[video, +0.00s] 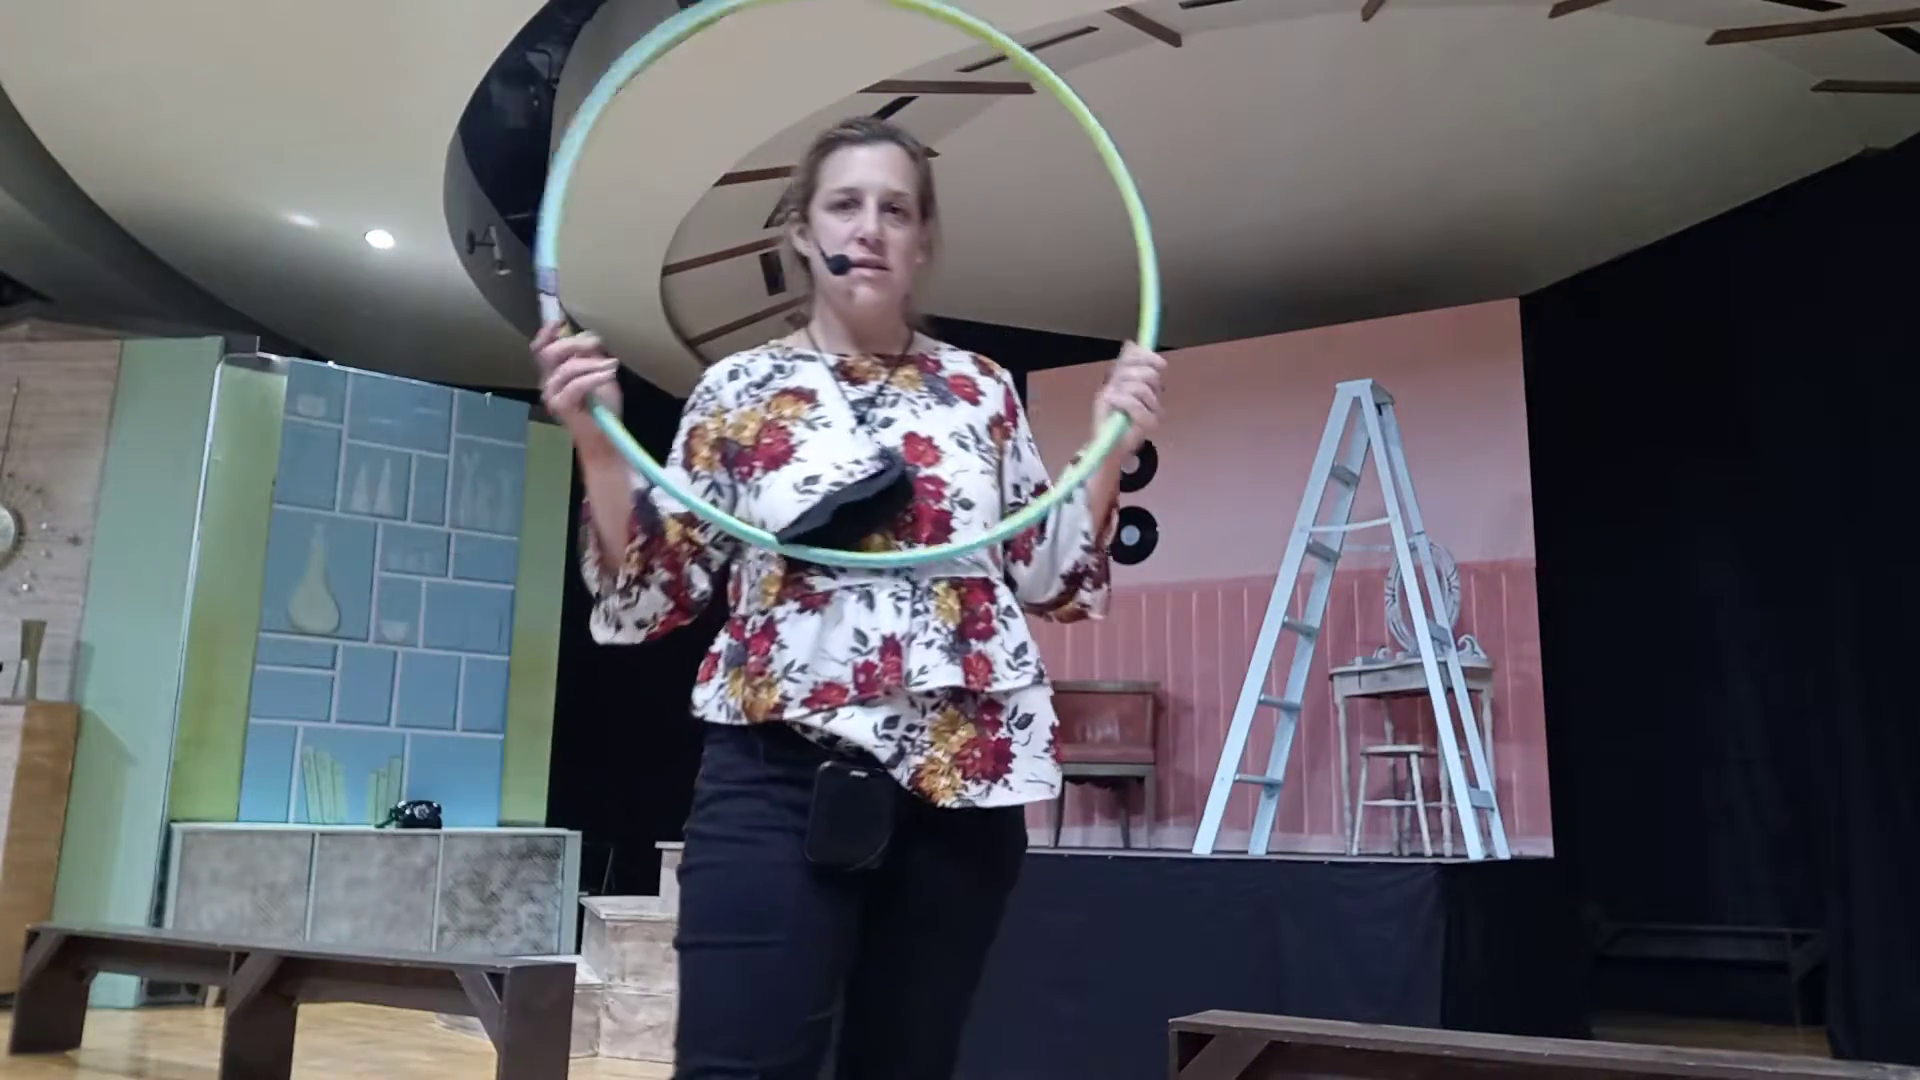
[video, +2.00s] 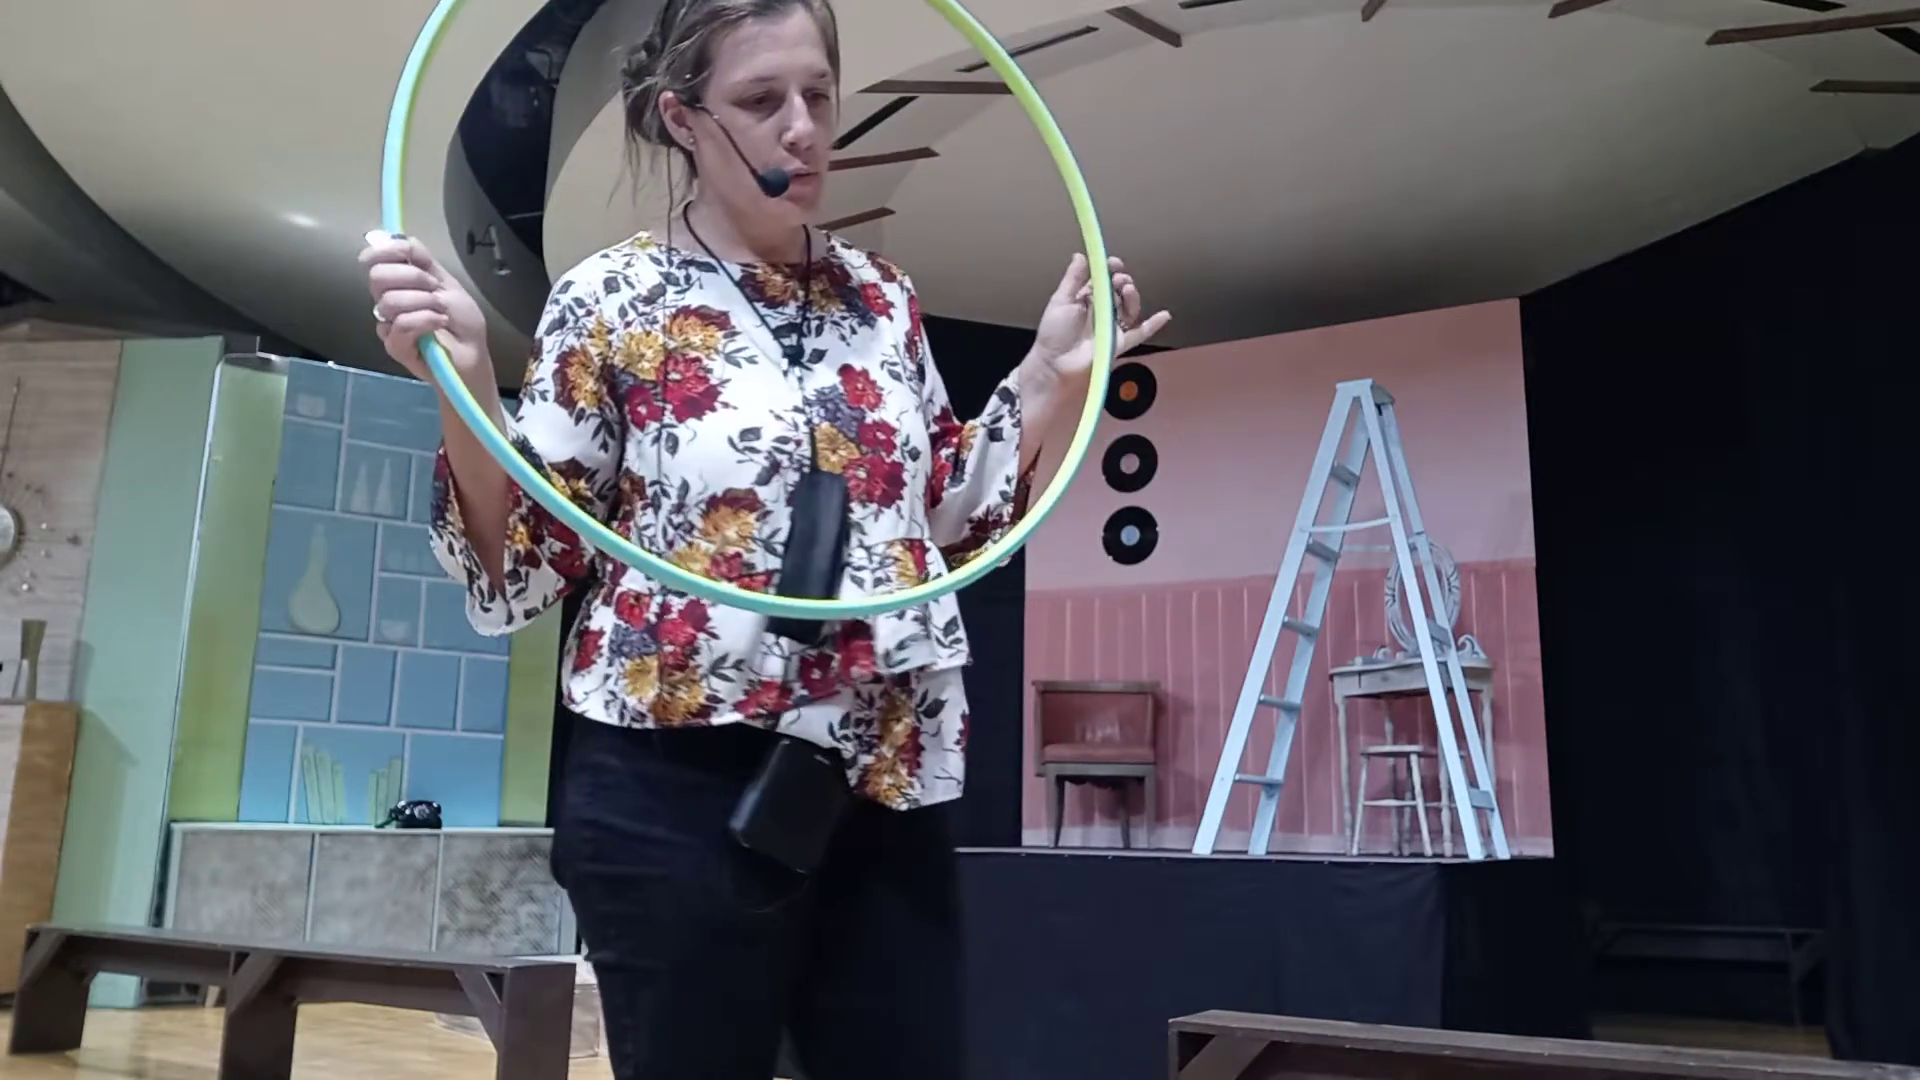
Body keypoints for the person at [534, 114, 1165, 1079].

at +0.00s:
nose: (869, 226)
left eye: (896, 209)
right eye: (844, 204)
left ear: (928, 243)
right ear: (802, 233)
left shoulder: (982, 392)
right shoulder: (734, 390)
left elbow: (1042, 574)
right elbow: (656, 592)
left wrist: (1108, 456)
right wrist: (595, 446)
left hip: (958, 799)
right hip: (771, 782)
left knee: (903, 1064)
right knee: (744, 1061)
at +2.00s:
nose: (802, 128)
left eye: (817, 96)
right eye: (763, 97)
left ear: (839, 112)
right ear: (679, 119)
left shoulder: (885, 304)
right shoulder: (611, 294)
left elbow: (949, 513)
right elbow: (534, 562)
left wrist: (1055, 380)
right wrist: (464, 388)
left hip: (885, 788)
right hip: (672, 778)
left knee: (907, 1058)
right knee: (699, 1059)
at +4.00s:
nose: (1019, 175)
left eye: (1047, 164)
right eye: (992, 159)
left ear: (1078, 214)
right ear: (947, 205)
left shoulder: (1138, 367)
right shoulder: (876, 383)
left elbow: (1206, 584)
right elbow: (751, 535)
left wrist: (1243, 441)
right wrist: (795, 644)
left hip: (1110, 798)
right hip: (913, 799)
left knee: (1116, 1060)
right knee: (929, 1062)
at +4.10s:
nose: (994, 188)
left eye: (1022, 176)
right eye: (968, 171)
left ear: (1052, 224)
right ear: (924, 214)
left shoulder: (1114, 374)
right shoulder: (856, 385)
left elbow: (1178, 587)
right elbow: (739, 522)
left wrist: (1208, 450)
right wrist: (773, 631)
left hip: (1090, 808)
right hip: (896, 811)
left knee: (1104, 1061)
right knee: (914, 1062)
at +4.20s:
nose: (973, 196)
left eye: (1002, 184)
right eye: (947, 180)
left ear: (1033, 230)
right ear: (905, 223)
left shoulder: (1103, 375)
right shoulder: (845, 384)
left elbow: (1160, 582)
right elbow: (741, 510)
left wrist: (1190, 451)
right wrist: (765, 614)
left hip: (1079, 794)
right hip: (888, 795)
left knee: (1101, 1062)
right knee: (911, 1061)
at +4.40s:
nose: (960, 218)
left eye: (988, 201)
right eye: (937, 200)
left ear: (1023, 242)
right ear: (900, 237)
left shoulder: (1092, 387)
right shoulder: (842, 393)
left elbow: (1149, 589)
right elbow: (753, 523)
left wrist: (1173, 459)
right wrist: (741, 617)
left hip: (1072, 786)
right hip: (887, 793)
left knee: (1125, 1060)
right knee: (908, 1062)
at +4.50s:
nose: (966, 226)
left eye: (994, 209)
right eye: (942, 206)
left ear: (1029, 244)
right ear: (907, 241)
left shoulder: (1093, 390)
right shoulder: (849, 397)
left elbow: (1145, 592)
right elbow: (776, 533)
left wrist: (1177, 460)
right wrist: (721, 571)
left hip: (1072, 793)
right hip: (890, 798)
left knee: (1101, 1061)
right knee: (911, 1062)